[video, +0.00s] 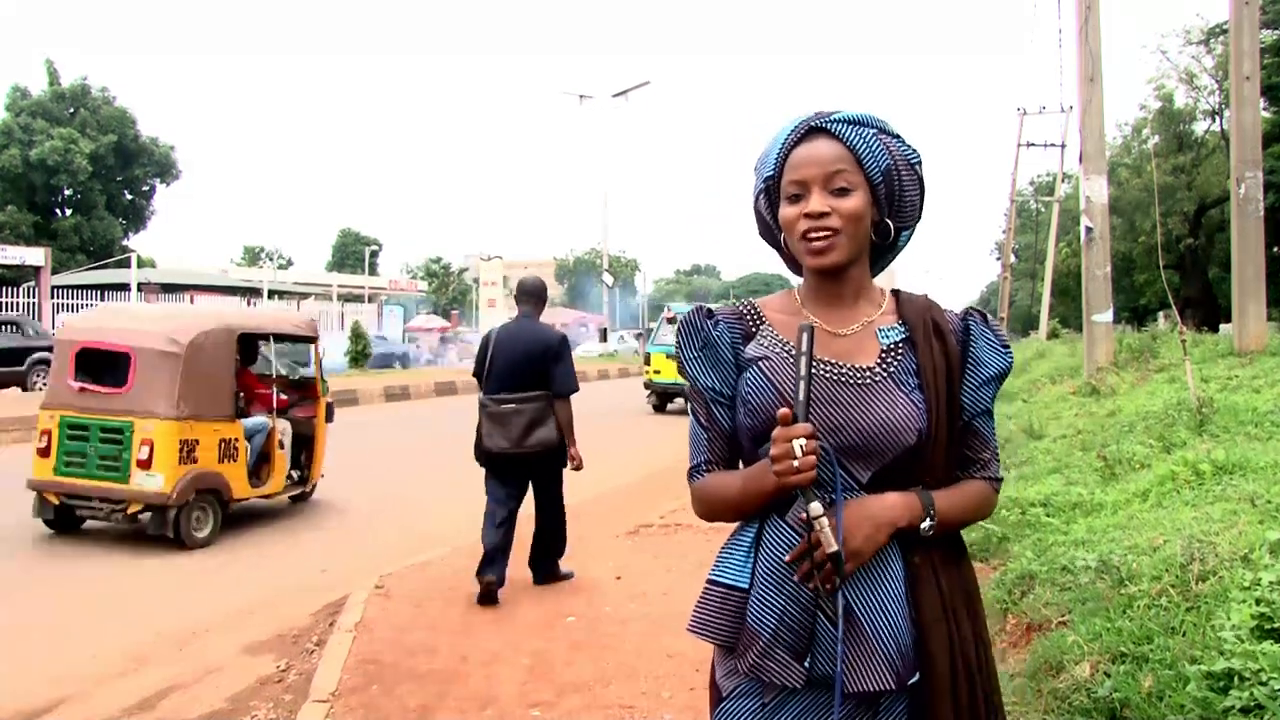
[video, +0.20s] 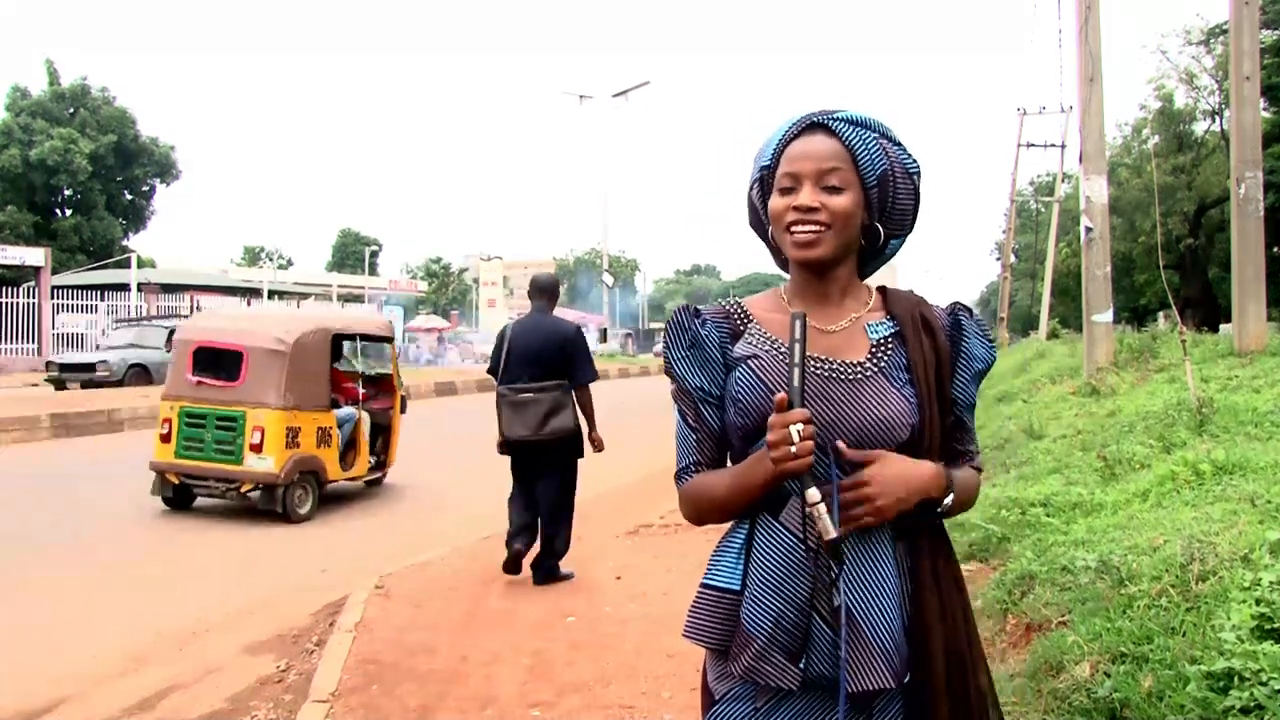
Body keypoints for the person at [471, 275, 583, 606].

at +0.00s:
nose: (538, 305)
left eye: (525, 298)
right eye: (542, 300)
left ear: (516, 300)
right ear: (544, 302)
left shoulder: (493, 337)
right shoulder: (554, 340)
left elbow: (483, 385)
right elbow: (561, 399)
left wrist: (493, 432)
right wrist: (571, 443)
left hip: (502, 438)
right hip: (544, 437)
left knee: (499, 505)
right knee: (549, 504)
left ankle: (490, 575)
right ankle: (545, 568)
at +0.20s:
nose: (550, 301)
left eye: (537, 295)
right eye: (555, 296)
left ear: (530, 296)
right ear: (557, 297)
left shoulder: (509, 333)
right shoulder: (570, 333)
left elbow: (501, 387)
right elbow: (581, 388)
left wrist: (503, 431)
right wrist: (592, 427)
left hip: (520, 432)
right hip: (560, 430)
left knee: (523, 488)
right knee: (558, 497)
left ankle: (517, 542)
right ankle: (547, 566)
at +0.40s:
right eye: (561, 301)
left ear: (536, 303)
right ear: (564, 302)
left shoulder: (520, 338)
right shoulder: (578, 334)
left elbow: (510, 388)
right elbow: (595, 385)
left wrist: (504, 431)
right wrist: (607, 420)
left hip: (532, 430)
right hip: (571, 428)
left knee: (535, 493)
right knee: (563, 495)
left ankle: (546, 552)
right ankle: (545, 566)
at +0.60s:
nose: (556, 307)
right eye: (563, 302)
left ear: (539, 304)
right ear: (566, 303)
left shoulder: (524, 338)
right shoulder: (581, 334)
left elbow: (517, 389)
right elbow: (595, 385)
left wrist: (513, 430)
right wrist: (607, 419)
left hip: (540, 423)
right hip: (576, 421)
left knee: (545, 482)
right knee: (568, 483)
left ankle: (553, 541)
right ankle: (554, 537)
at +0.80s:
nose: (568, 302)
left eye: (559, 297)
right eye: (571, 298)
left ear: (549, 298)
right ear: (573, 299)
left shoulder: (529, 331)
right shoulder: (585, 330)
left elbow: (523, 374)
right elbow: (597, 378)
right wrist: (606, 412)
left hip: (540, 420)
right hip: (579, 418)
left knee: (543, 478)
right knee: (583, 470)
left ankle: (552, 540)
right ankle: (577, 523)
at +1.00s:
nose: (577, 308)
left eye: (568, 302)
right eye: (581, 304)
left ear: (559, 303)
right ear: (583, 305)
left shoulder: (539, 334)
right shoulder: (592, 336)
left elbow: (532, 374)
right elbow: (600, 385)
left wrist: (542, 407)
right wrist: (609, 420)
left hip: (545, 422)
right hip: (582, 421)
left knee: (548, 479)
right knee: (586, 473)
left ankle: (552, 542)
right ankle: (592, 522)